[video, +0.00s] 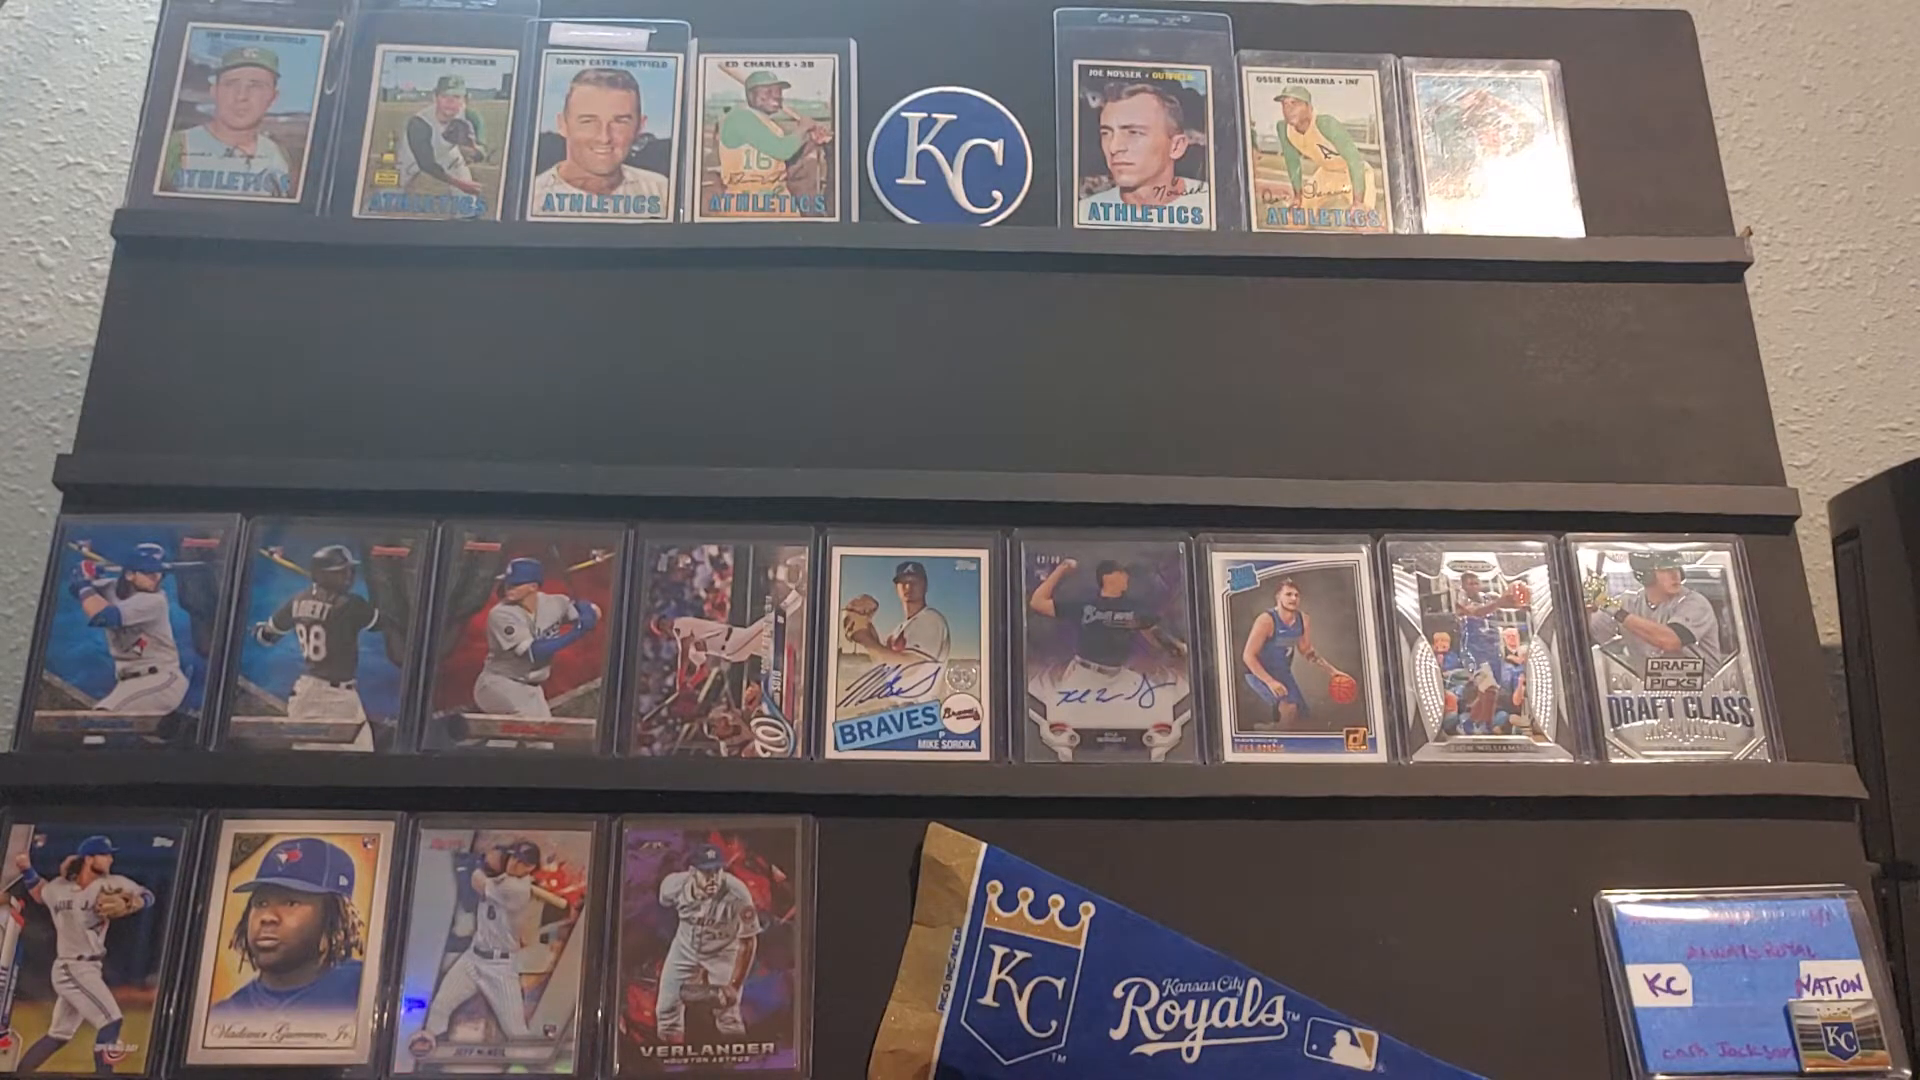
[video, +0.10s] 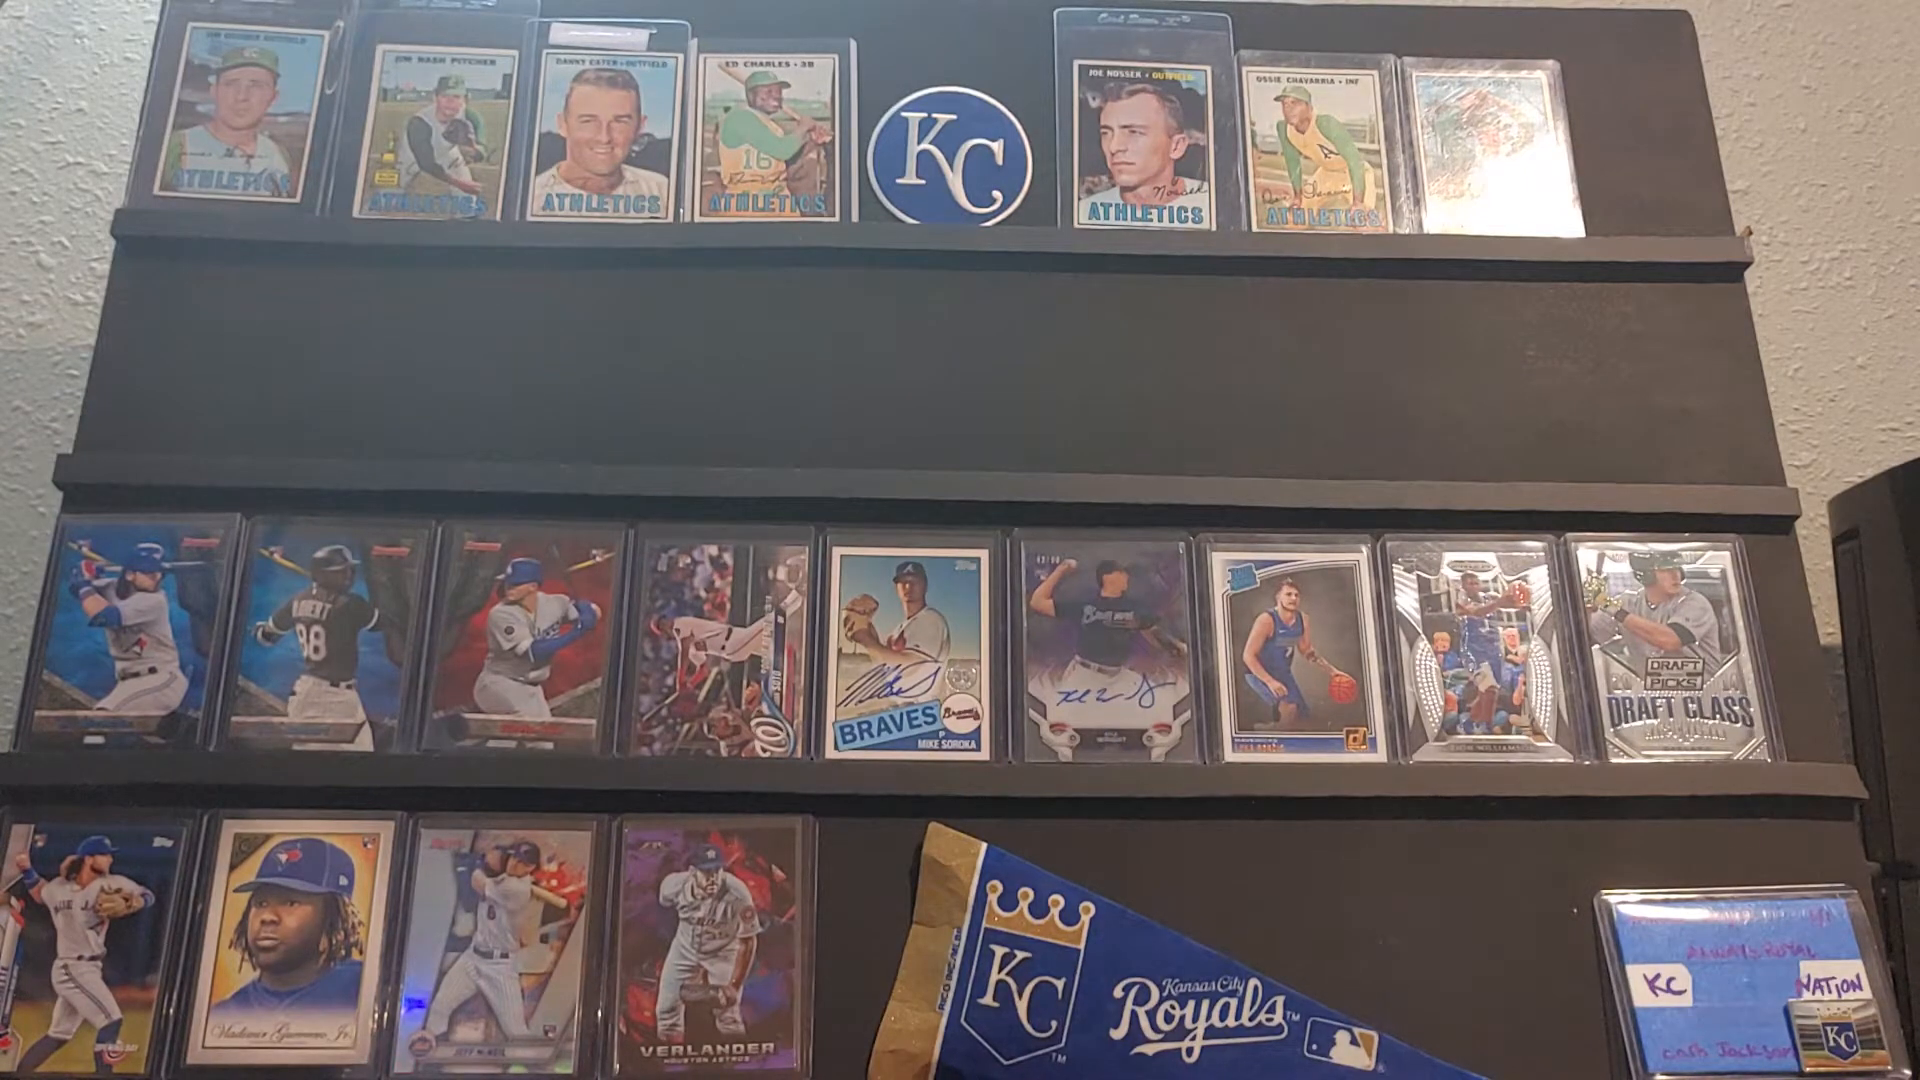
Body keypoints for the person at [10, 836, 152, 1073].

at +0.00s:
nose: (110, 859)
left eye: (110, 855)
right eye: (105, 855)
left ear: (96, 861)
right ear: (89, 859)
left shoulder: (111, 884)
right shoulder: (58, 888)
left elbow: (148, 896)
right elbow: (39, 892)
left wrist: (130, 904)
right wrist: (26, 870)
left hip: (90, 969)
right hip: (71, 969)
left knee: (58, 1036)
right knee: (111, 1020)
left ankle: (19, 1073)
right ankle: (104, 1074)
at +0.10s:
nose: (110, 860)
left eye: (110, 855)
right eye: (105, 855)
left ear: (96, 861)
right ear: (89, 859)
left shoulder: (111, 884)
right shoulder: (58, 888)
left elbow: (149, 896)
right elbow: (40, 892)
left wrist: (130, 904)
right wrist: (27, 870)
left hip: (90, 969)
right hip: (70, 969)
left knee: (58, 1035)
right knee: (111, 1020)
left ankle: (19, 1073)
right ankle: (104, 1074)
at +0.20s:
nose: (110, 860)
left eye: (110, 855)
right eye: (105, 855)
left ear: (96, 861)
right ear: (89, 859)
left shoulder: (111, 884)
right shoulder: (58, 888)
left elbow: (148, 896)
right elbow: (40, 893)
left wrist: (131, 904)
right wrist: (27, 870)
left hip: (90, 969)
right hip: (70, 969)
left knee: (58, 1035)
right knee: (111, 1020)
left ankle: (19, 1073)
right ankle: (104, 1074)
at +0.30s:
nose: (110, 859)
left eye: (110, 855)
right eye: (105, 855)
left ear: (97, 861)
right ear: (89, 859)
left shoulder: (111, 884)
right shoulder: (58, 888)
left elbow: (148, 896)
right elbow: (39, 892)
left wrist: (132, 904)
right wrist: (27, 870)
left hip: (90, 969)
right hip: (70, 969)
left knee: (58, 1035)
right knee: (111, 1020)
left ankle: (19, 1073)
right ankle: (104, 1074)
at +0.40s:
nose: (110, 860)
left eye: (110, 855)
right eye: (105, 855)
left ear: (96, 861)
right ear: (89, 859)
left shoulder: (111, 884)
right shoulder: (58, 888)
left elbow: (148, 896)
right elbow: (39, 892)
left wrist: (131, 904)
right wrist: (27, 870)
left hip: (90, 969)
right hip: (71, 969)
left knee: (59, 1035)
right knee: (111, 1020)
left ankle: (19, 1072)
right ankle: (104, 1074)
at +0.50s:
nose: (110, 859)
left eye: (110, 855)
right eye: (105, 855)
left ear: (96, 861)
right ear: (89, 859)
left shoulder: (111, 884)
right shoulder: (58, 888)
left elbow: (149, 896)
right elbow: (39, 892)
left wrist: (131, 904)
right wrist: (27, 869)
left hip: (90, 969)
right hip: (71, 969)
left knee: (58, 1035)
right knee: (111, 1020)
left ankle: (19, 1073)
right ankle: (104, 1074)